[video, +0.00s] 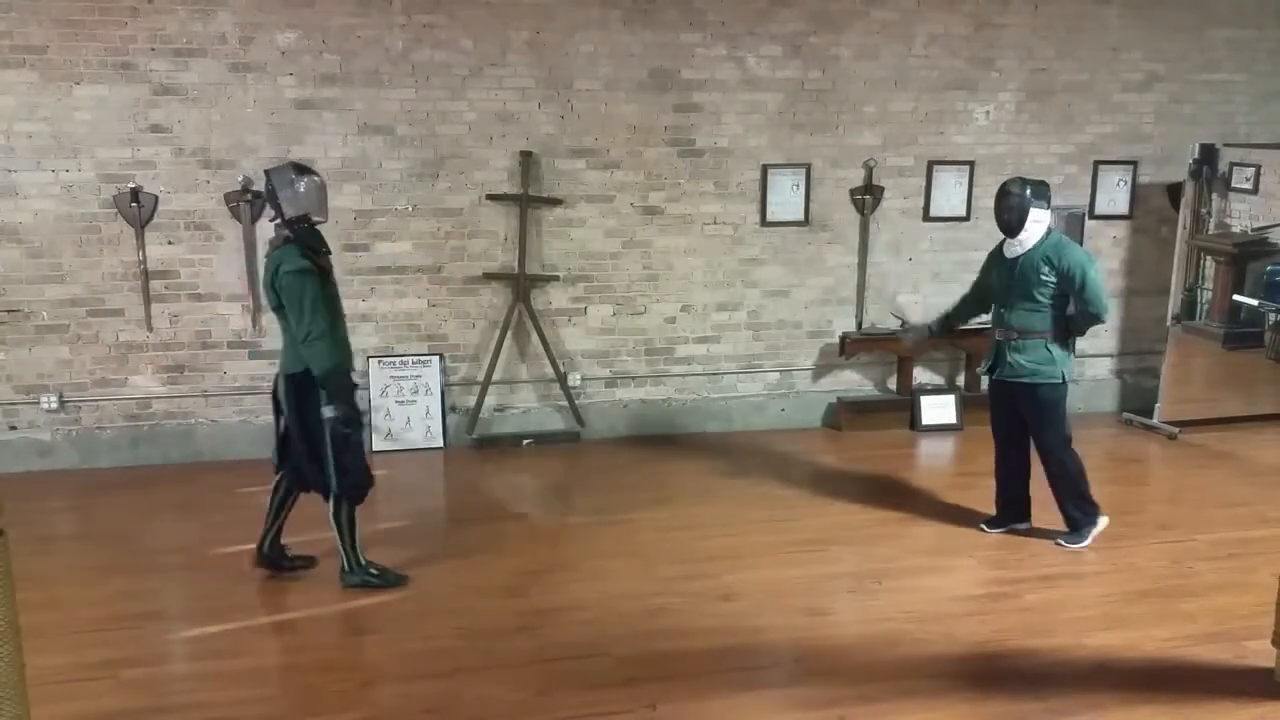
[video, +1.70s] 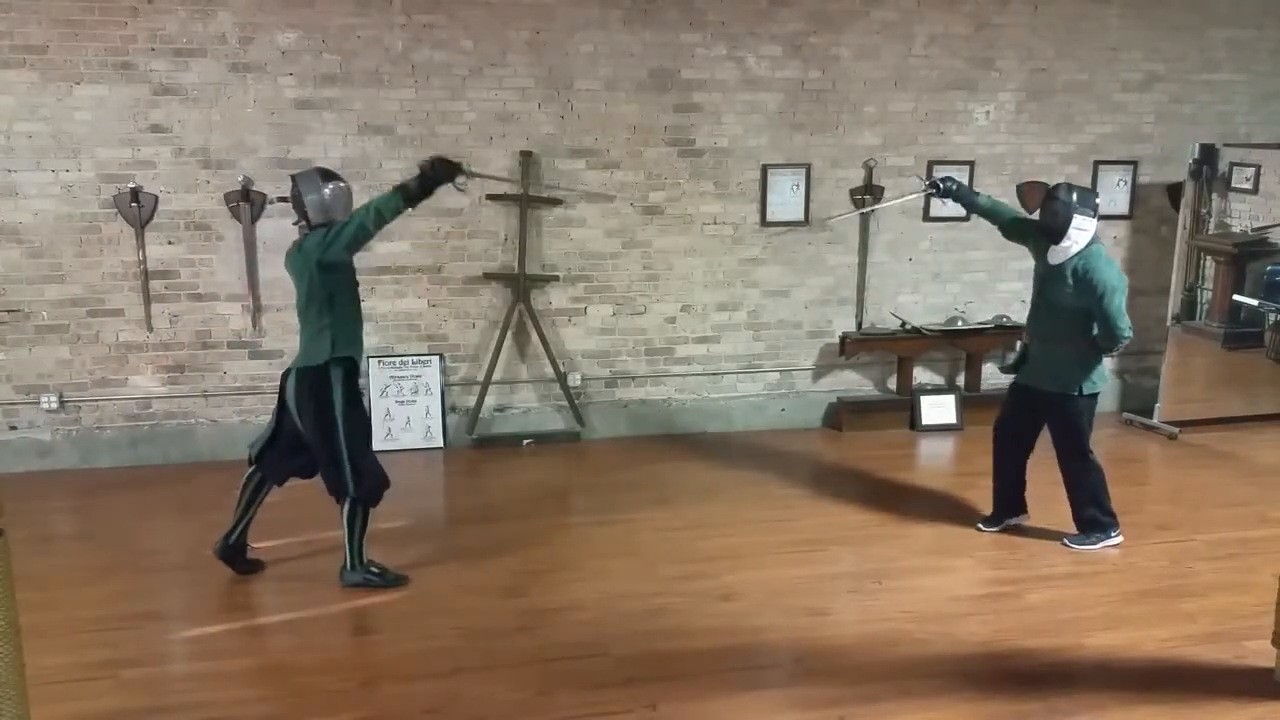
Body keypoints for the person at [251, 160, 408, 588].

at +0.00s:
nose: (321, 200)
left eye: (317, 192)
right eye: (314, 193)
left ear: (281, 204)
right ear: (301, 200)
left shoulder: (292, 251)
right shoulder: (297, 259)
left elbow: (306, 328)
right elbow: (314, 333)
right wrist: (338, 393)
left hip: (300, 378)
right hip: (314, 380)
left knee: (297, 467)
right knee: (344, 472)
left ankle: (270, 546)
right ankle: (354, 565)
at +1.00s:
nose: (351, 206)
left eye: (347, 198)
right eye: (346, 199)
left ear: (310, 205)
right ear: (336, 203)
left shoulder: (314, 254)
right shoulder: (329, 262)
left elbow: (339, 328)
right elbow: (357, 333)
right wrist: (394, 388)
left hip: (318, 376)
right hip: (342, 378)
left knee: (308, 461)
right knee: (363, 473)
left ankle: (269, 539)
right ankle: (356, 565)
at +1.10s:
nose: (355, 206)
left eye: (352, 198)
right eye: (349, 200)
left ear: (314, 207)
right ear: (338, 205)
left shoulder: (315, 253)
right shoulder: (331, 262)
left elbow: (328, 322)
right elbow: (376, 318)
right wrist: (429, 364)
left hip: (315, 376)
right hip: (340, 379)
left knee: (302, 461)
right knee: (359, 472)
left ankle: (266, 541)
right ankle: (355, 566)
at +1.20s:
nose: (356, 208)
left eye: (352, 201)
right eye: (351, 201)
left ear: (313, 208)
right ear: (341, 206)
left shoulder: (312, 255)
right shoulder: (334, 261)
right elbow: (389, 297)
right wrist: (455, 324)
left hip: (312, 377)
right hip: (339, 380)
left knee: (298, 464)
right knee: (360, 474)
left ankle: (257, 541)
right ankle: (355, 566)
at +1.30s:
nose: (356, 205)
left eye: (351, 198)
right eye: (351, 199)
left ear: (312, 208)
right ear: (343, 205)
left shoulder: (312, 255)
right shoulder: (337, 257)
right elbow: (392, 275)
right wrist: (462, 280)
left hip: (311, 378)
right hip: (338, 380)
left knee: (292, 463)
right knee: (361, 475)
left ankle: (245, 540)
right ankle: (354, 566)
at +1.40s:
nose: (354, 205)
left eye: (350, 198)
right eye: (349, 199)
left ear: (311, 208)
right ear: (340, 204)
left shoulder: (310, 254)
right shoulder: (333, 251)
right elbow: (388, 253)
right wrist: (460, 240)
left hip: (310, 376)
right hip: (337, 378)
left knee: (283, 461)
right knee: (361, 474)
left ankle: (239, 540)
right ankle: (355, 566)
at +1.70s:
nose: (345, 208)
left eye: (343, 201)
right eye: (340, 201)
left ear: (304, 211)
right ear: (330, 205)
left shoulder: (300, 252)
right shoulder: (323, 245)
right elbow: (370, 218)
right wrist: (424, 182)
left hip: (304, 374)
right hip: (331, 372)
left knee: (273, 460)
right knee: (359, 471)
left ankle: (232, 542)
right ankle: (355, 564)